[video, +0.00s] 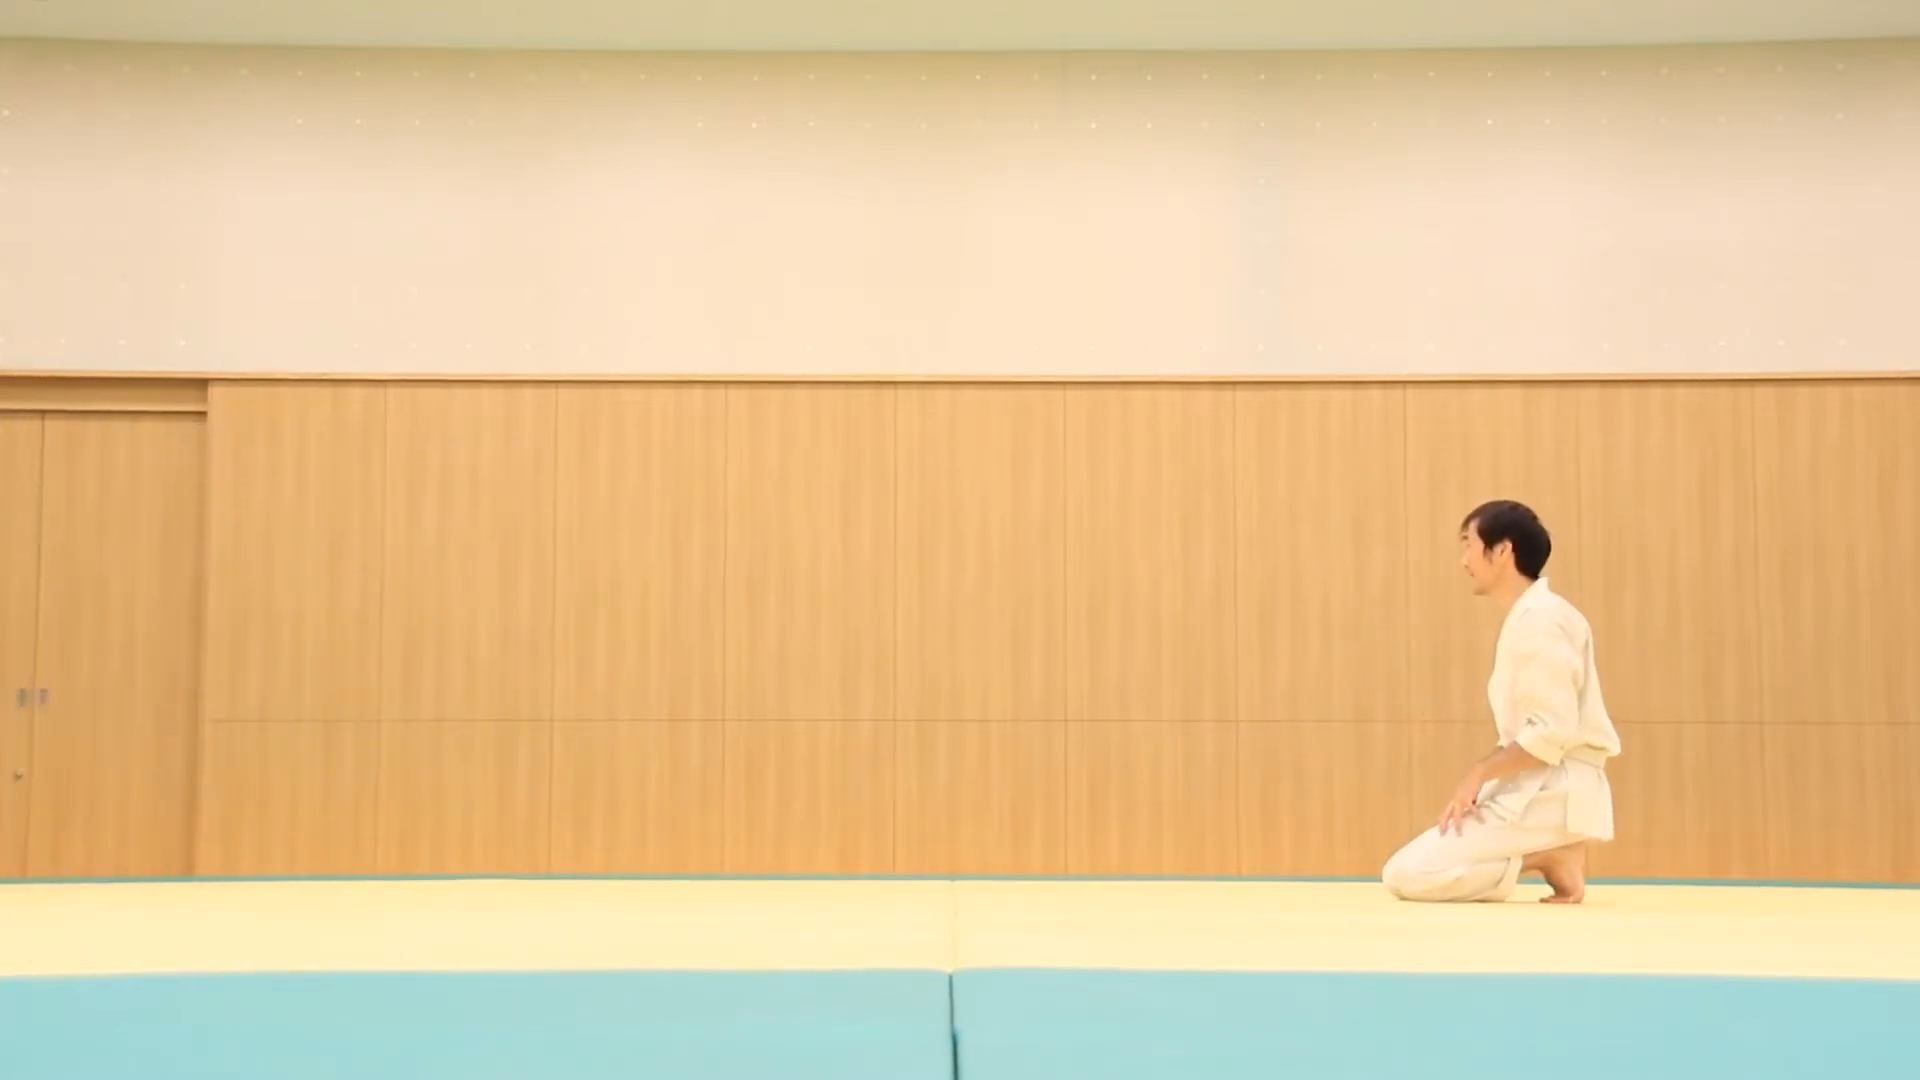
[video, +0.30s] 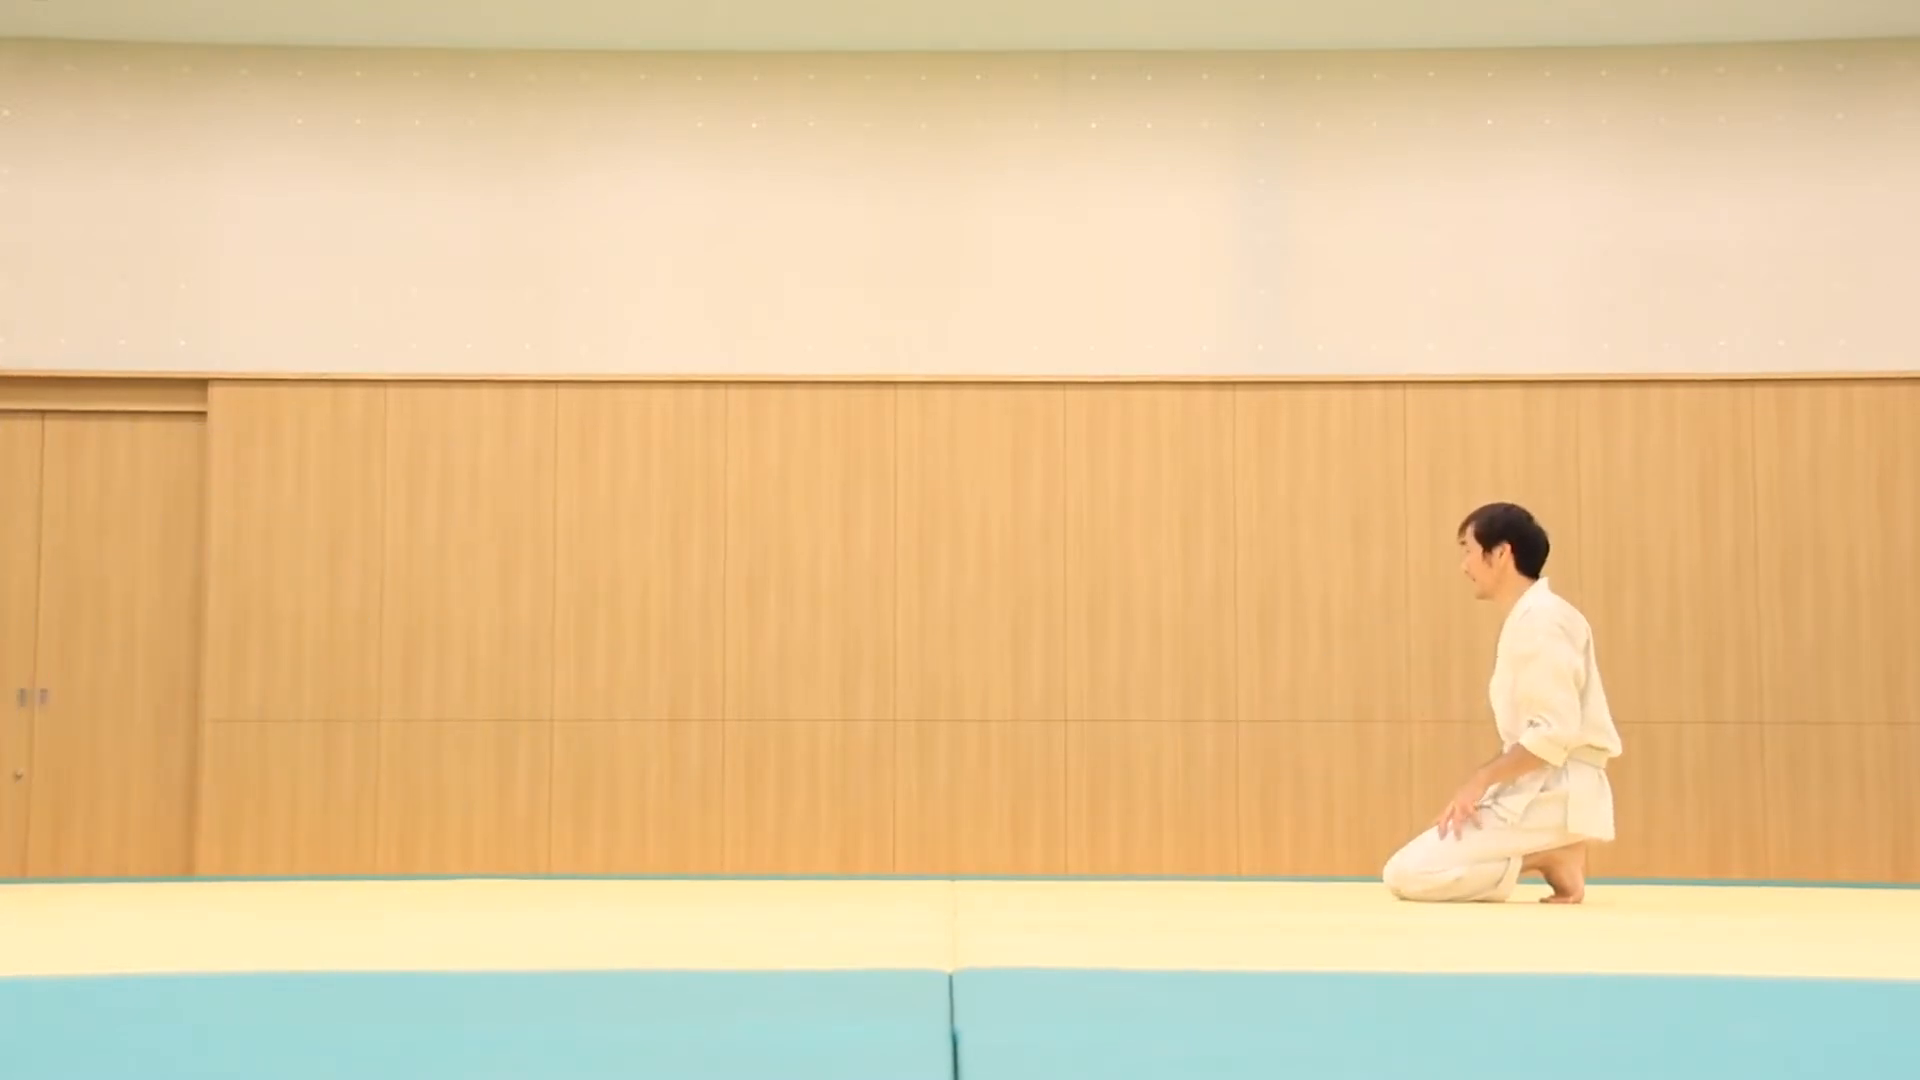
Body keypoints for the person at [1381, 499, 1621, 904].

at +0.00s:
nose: (1463, 561)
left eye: (1469, 546)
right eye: (1464, 548)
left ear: (1503, 552)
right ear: (1503, 554)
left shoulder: (1538, 620)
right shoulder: (1541, 615)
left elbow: (1552, 732)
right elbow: (1543, 730)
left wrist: (1479, 774)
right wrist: (1478, 783)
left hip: (1555, 794)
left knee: (1406, 876)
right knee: (1405, 872)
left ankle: (1550, 857)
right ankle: (1548, 856)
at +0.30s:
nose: (1463, 566)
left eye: (1469, 552)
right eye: (1464, 553)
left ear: (1502, 555)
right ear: (1502, 556)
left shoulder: (1539, 621)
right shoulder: (1539, 616)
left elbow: (1554, 733)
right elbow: (1544, 732)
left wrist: (1480, 781)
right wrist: (1479, 789)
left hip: (1558, 794)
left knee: (1407, 876)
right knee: (1406, 871)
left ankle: (1550, 856)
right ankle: (1548, 856)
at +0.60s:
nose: (1460, 572)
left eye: (1461, 556)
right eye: (1457, 558)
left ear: (1494, 557)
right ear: (1492, 559)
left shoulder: (1549, 618)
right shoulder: (1527, 620)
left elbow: (1550, 722)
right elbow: (1505, 716)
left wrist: (1467, 739)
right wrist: (1439, 734)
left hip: (1557, 790)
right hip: (1533, 783)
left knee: (1407, 876)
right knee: (1405, 872)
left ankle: (1550, 856)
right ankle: (1547, 856)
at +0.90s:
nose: (1450, 580)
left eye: (1449, 565)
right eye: (1446, 568)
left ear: (1479, 562)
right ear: (1477, 564)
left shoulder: (1541, 617)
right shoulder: (1516, 624)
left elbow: (1561, 716)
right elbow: (1470, 723)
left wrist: (1483, 743)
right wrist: (1400, 731)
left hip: (1555, 789)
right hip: (1531, 783)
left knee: (1407, 876)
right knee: (1405, 872)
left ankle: (1548, 856)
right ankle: (1547, 856)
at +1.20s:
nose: (1454, 579)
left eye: (1460, 563)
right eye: (1449, 569)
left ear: (1501, 558)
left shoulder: (1561, 622)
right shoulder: (1485, 640)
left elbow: (1575, 729)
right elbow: (1438, 723)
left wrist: (1503, 789)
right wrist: (1380, 746)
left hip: (1565, 791)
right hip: (1520, 786)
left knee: (1406, 876)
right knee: (1403, 873)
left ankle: (1550, 856)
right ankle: (1546, 858)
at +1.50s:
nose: (1452, 572)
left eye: (1458, 556)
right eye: (1446, 563)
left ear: (1498, 554)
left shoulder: (1559, 618)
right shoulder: (1468, 627)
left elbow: (1568, 728)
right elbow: (1448, 664)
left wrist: (1498, 792)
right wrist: (1435, 685)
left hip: (1563, 788)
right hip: (1514, 780)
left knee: (1405, 875)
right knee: (1398, 874)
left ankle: (1548, 855)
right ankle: (1544, 856)